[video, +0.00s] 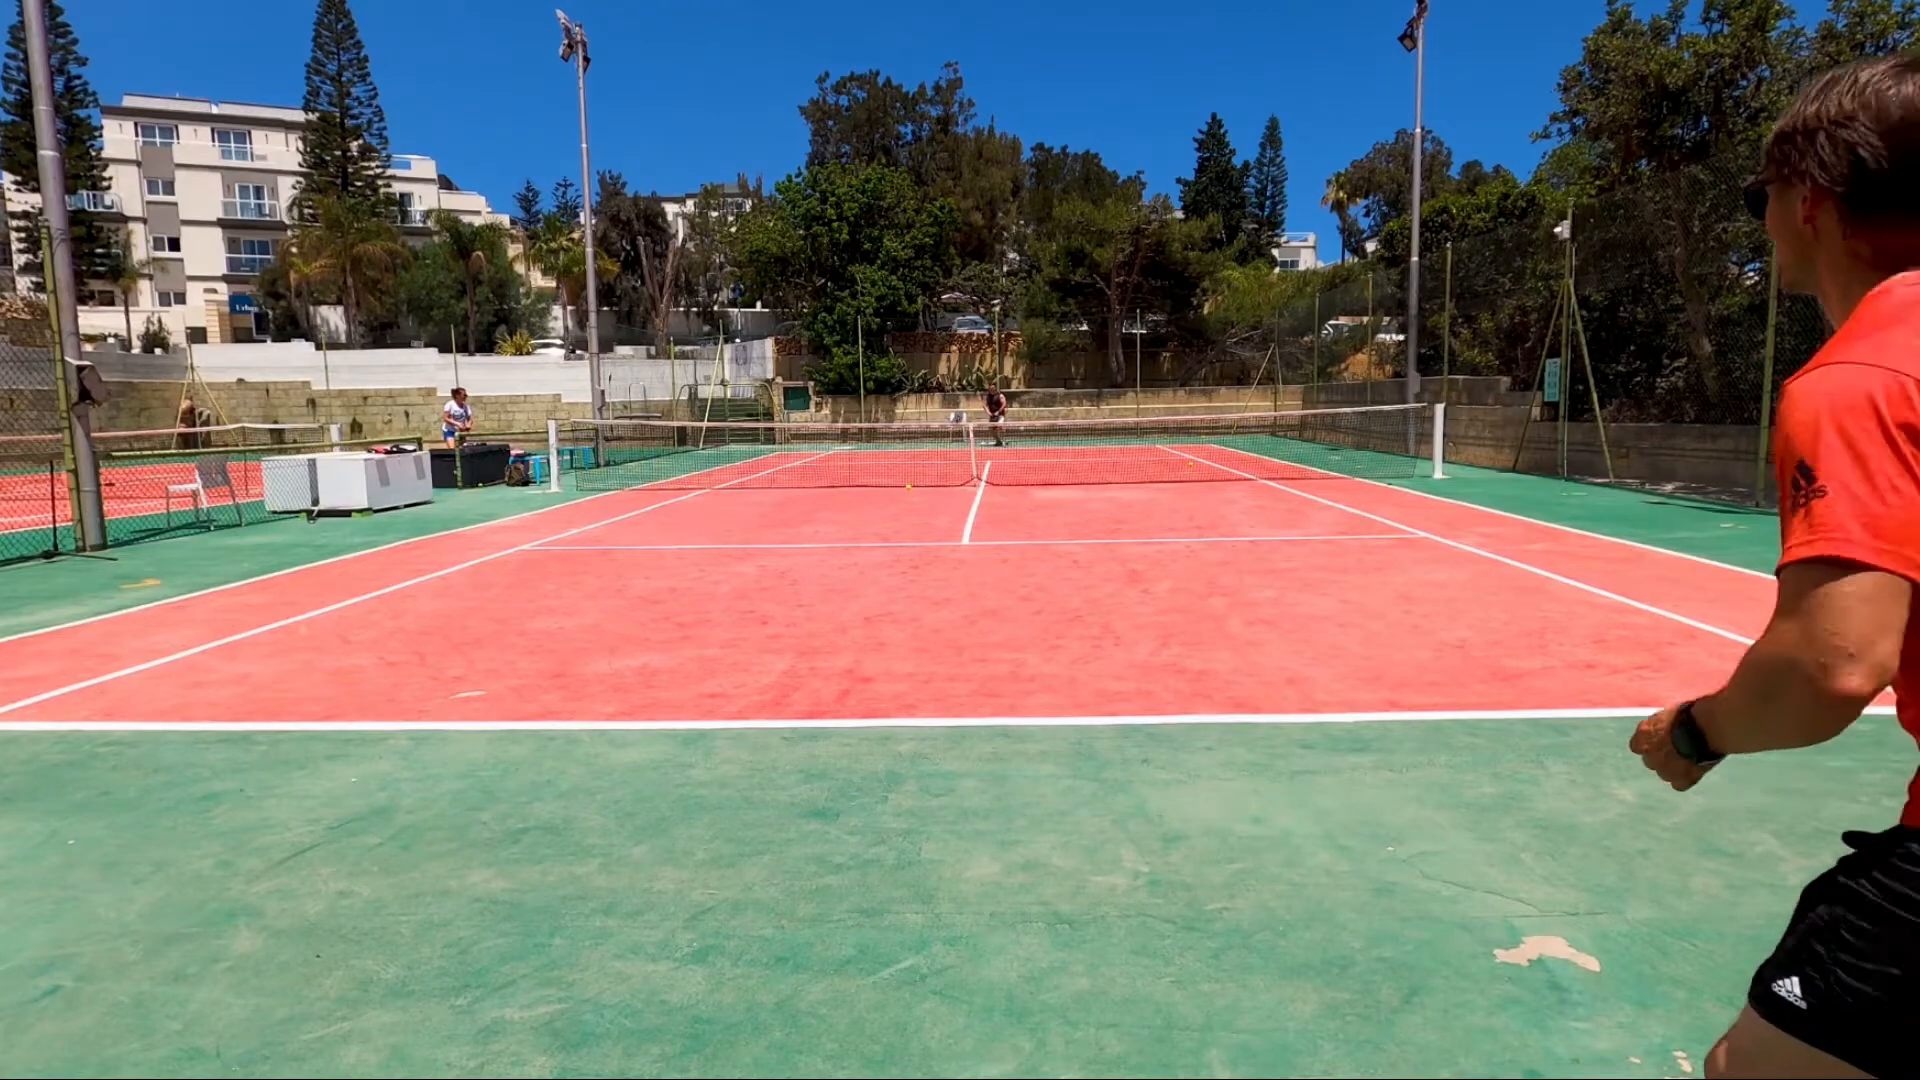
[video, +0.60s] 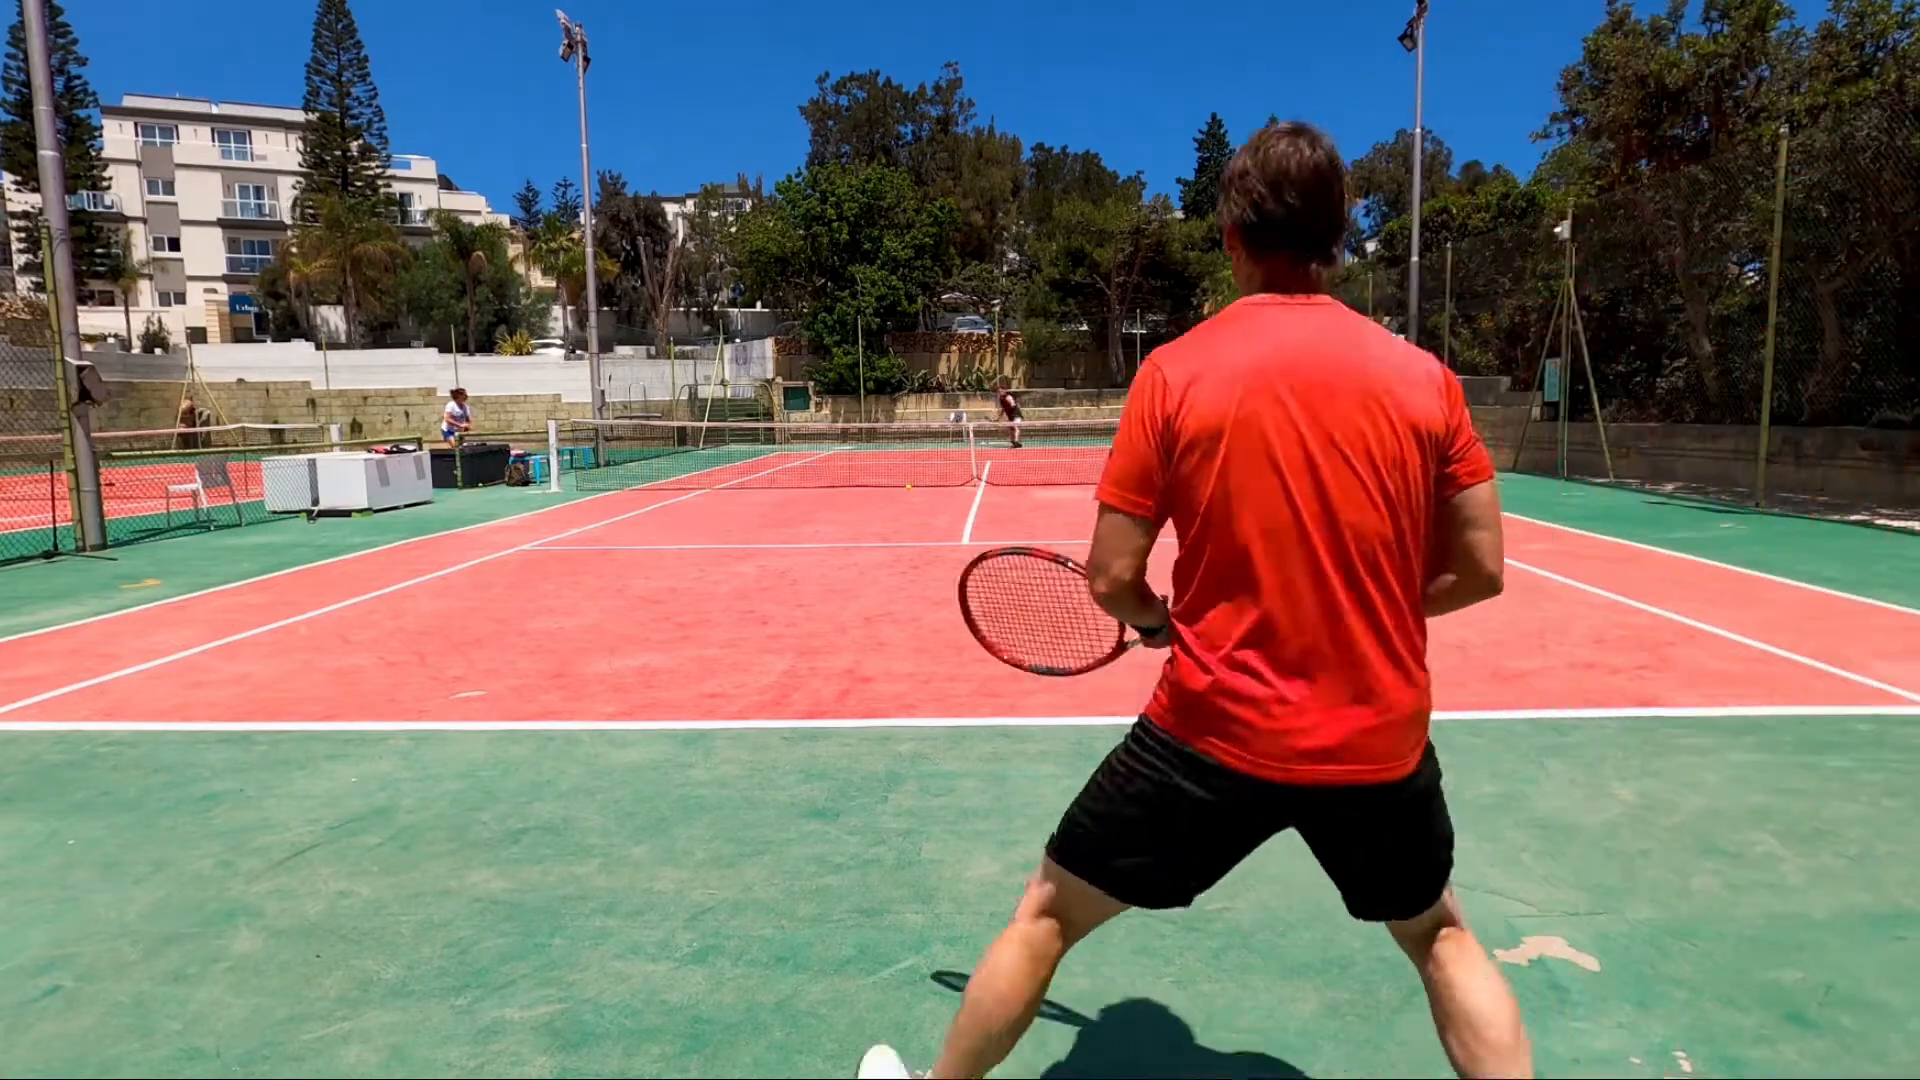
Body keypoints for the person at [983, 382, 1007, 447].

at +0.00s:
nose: (992, 391)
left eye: (993, 389)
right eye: (991, 389)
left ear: (995, 389)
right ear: (989, 390)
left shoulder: (1000, 396)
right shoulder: (988, 397)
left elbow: (1004, 404)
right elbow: (985, 405)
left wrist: (998, 412)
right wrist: (989, 413)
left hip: (1000, 414)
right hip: (992, 414)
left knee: (998, 426)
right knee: (992, 428)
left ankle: (1000, 440)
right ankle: (998, 441)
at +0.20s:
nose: (995, 392)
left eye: (996, 390)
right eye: (994, 391)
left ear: (999, 390)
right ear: (993, 392)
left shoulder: (1004, 397)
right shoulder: (994, 399)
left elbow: (1007, 407)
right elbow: (992, 408)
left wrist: (1000, 416)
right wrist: (993, 415)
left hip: (1006, 416)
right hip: (999, 416)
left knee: (1009, 427)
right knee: (997, 429)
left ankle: (1012, 442)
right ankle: (999, 441)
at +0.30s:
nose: (996, 391)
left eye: (997, 389)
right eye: (995, 389)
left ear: (1000, 388)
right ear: (994, 390)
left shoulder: (1005, 397)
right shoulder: (997, 398)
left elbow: (1006, 408)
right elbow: (995, 407)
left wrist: (1000, 416)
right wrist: (995, 416)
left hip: (1010, 415)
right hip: (1003, 415)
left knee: (1009, 426)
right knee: (1000, 426)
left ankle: (1012, 439)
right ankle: (1005, 439)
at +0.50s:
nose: (1000, 392)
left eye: (1000, 390)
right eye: (998, 391)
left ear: (1003, 390)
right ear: (998, 392)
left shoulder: (1008, 397)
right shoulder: (1001, 398)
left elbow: (1005, 405)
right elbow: (1000, 407)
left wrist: (999, 412)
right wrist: (997, 415)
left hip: (1014, 413)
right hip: (1008, 414)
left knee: (1012, 424)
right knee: (1008, 426)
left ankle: (1017, 440)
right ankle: (1013, 441)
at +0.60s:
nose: (1000, 393)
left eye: (1001, 391)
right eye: (999, 392)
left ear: (1004, 391)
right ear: (998, 392)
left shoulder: (1008, 397)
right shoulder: (1001, 399)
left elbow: (1012, 403)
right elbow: (1003, 409)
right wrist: (998, 418)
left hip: (1016, 415)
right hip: (1011, 416)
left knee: (1015, 426)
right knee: (1011, 429)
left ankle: (1016, 440)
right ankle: (1012, 441)